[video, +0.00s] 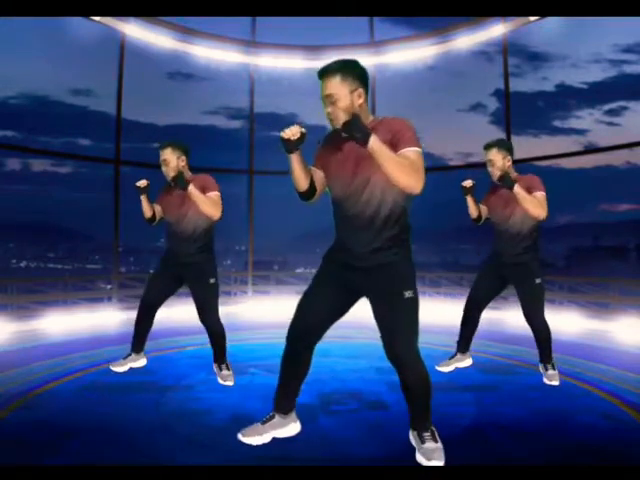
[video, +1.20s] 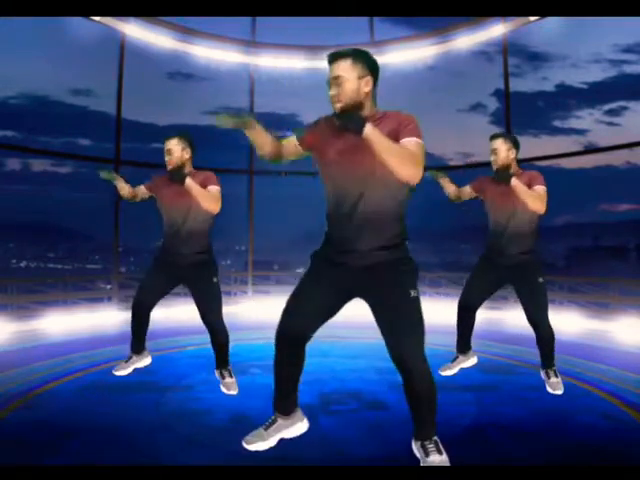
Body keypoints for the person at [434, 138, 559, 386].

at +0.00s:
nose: (490, 168)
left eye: (493, 162)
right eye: (487, 164)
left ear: (508, 160)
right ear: (488, 165)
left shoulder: (530, 182)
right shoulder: (495, 191)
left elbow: (540, 212)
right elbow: (478, 216)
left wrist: (513, 185)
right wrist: (469, 195)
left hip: (526, 262)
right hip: (498, 261)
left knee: (534, 317)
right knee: (473, 305)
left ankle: (548, 364)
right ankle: (462, 354)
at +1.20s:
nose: (493, 156)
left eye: (497, 151)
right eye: (491, 152)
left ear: (513, 153)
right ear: (491, 156)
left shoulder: (532, 178)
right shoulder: (485, 183)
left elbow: (539, 206)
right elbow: (458, 195)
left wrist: (512, 180)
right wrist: (444, 181)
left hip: (525, 263)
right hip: (493, 262)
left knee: (540, 321)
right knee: (466, 305)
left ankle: (549, 370)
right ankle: (464, 354)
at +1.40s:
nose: (480, 158)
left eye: (485, 152)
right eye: (479, 153)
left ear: (501, 154)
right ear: (481, 157)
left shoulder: (519, 180)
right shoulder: (480, 183)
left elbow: (524, 215)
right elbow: (469, 200)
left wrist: (501, 190)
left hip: (512, 262)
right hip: (488, 260)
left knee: (524, 317)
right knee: (464, 304)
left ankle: (549, 368)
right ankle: (466, 357)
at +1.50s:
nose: (479, 160)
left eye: (483, 155)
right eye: (478, 155)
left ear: (496, 157)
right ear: (482, 158)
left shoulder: (502, 183)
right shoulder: (489, 180)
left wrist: (468, 181)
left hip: (503, 259)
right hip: (486, 257)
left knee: (510, 315)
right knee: (464, 301)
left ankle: (554, 362)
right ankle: (466, 356)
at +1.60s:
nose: (479, 161)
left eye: (482, 156)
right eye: (478, 157)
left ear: (494, 157)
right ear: (492, 158)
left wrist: (423, 171)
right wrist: (427, 171)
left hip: (500, 260)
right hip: (489, 258)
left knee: (509, 317)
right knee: (462, 301)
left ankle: (555, 362)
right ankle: (465, 357)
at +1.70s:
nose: (475, 161)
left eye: (477, 156)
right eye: (475, 156)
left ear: (489, 156)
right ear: (490, 156)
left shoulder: (498, 176)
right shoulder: (495, 178)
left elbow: (465, 187)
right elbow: (482, 202)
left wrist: (445, 177)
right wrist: (461, 185)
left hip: (501, 258)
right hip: (489, 257)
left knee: (513, 315)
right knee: (463, 302)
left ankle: (553, 364)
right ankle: (466, 357)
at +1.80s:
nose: (473, 161)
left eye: (476, 156)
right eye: (473, 157)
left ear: (490, 155)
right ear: (484, 157)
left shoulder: (509, 178)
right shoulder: (483, 182)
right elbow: (475, 208)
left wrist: (479, 185)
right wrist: (473, 189)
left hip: (508, 259)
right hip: (487, 258)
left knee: (521, 314)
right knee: (466, 303)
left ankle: (551, 367)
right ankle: (466, 357)